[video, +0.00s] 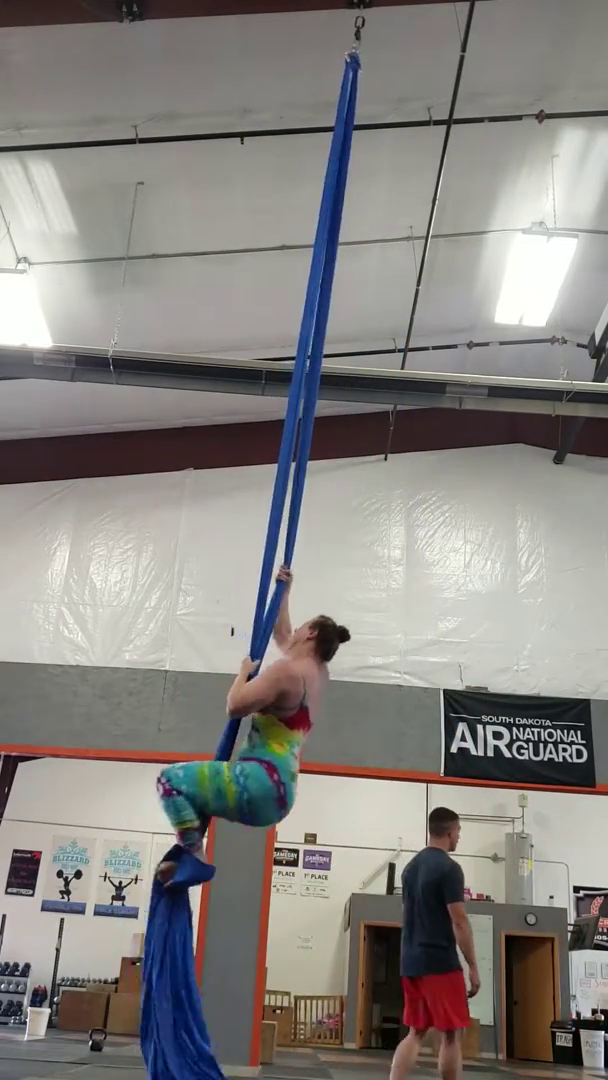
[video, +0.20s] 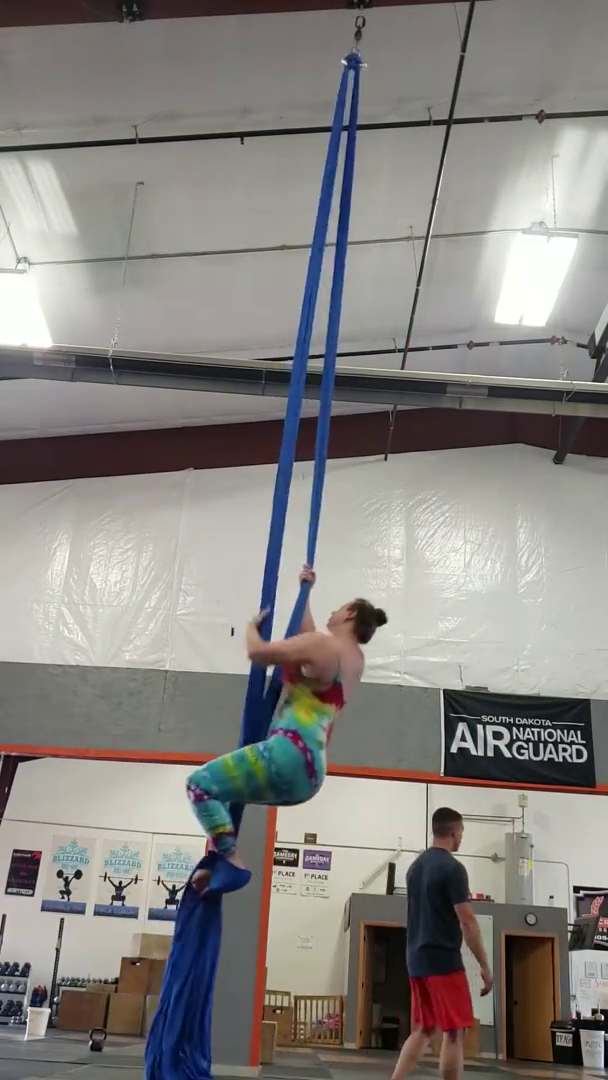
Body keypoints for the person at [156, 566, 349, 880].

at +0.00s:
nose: (299, 627)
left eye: (304, 624)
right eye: (303, 624)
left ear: (310, 633)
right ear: (322, 641)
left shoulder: (287, 670)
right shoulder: (315, 671)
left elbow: (235, 705)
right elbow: (283, 636)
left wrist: (244, 672)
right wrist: (283, 592)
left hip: (260, 782)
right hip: (280, 793)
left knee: (172, 779)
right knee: (188, 784)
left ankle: (193, 856)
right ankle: (187, 858)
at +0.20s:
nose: (335, 612)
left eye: (340, 607)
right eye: (339, 608)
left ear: (349, 613)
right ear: (362, 627)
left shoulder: (321, 643)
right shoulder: (355, 660)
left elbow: (258, 653)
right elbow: (310, 642)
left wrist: (252, 625)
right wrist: (304, 594)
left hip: (289, 752)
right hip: (311, 773)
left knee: (200, 783)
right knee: (222, 791)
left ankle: (230, 859)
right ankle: (217, 862)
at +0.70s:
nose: (428, 577)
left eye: (434, 574)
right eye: (433, 573)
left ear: (444, 581)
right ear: (454, 593)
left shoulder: (428, 595)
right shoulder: (442, 627)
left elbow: (372, 563)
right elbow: (382, 630)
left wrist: (373, 527)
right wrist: (371, 585)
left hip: (370, 701)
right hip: (389, 721)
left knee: (293, 764)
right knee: (302, 769)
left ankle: (285, 856)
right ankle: (284, 853)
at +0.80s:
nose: (442, 572)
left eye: (448, 569)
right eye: (447, 569)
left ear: (458, 573)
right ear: (471, 589)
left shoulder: (445, 591)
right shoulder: (457, 623)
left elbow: (389, 560)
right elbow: (393, 634)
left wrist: (388, 529)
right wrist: (382, 582)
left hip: (385, 696)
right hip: (403, 714)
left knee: (312, 763)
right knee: (319, 768)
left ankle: (304, 858)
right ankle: (303, 854)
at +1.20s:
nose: (451, 549)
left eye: (457, 546)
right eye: (456, 545)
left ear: (469, 554)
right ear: (479, 562)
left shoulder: (457, 569)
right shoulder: (473, 595)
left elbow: (396, 561)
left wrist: (407, 529)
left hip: (428, 682)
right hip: (453, 701)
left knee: (382, 772)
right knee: (382, 772)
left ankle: (394, 866)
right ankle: (388, 863)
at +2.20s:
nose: (407, 564)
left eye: (413, 562)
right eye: (411, 561)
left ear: (422, 569)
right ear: (431, 578)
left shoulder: (414, 589)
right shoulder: (414, 599)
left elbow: (359, 568)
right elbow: (369, 569)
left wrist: (366, 528)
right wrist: (366, 524)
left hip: (361, 697)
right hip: (378, 709)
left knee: (310, 779)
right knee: (303, 776)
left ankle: (306, 870)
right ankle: (303, 864)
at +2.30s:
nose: (390, 561)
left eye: (395, 559)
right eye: (394, 559)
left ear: (403, 567)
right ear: (413, 577)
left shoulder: (395, 591)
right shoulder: (396, 603)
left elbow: (338, 568)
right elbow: (354, 572)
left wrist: (347, 538)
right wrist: (352, 538)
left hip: (346, 697)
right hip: (364, 709)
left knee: (295, 781)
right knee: (287, 777)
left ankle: (297, 869)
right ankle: (292, 863)